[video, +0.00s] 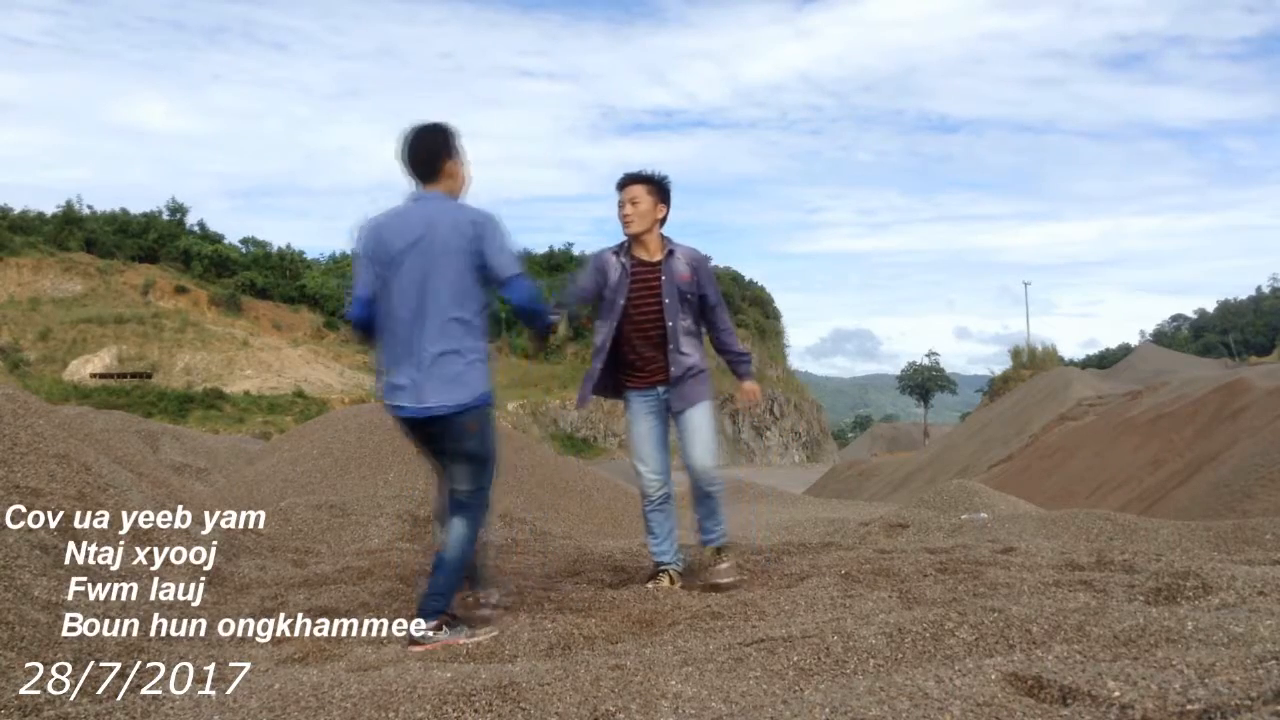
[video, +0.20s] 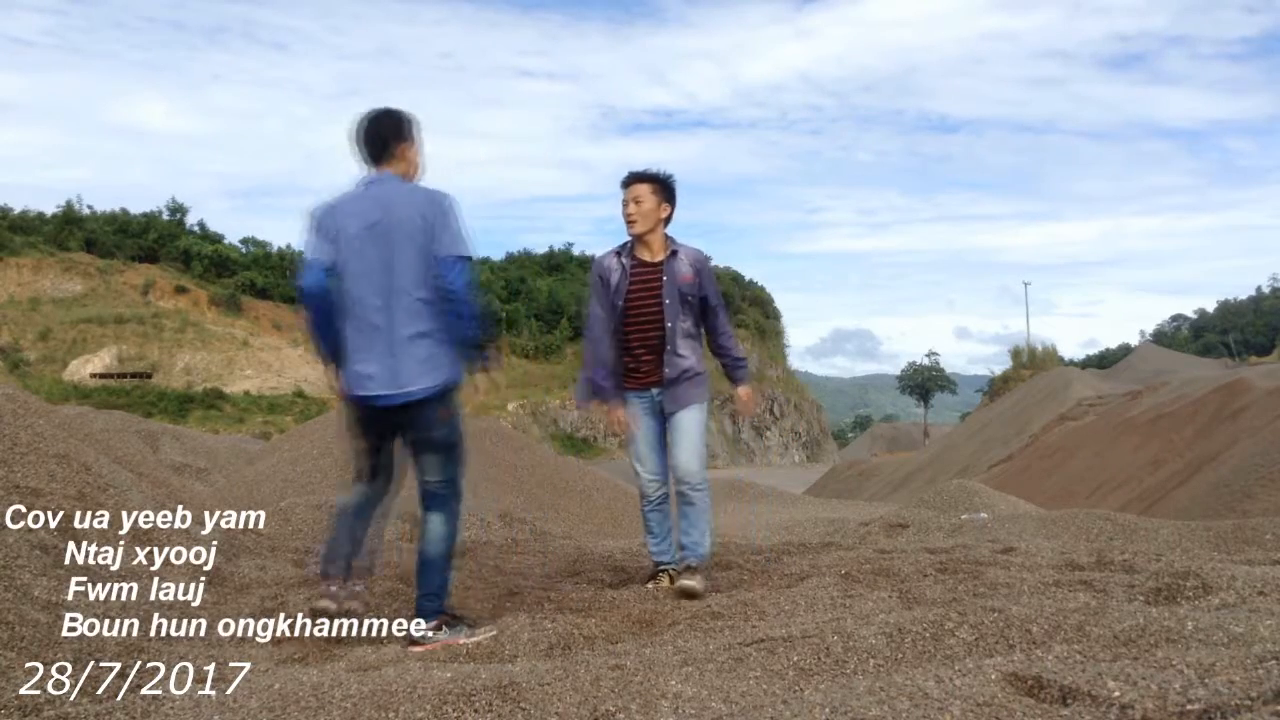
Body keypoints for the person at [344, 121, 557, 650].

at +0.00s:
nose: (465, 168)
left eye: (460, 159)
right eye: (461, 160)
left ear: (413, 170)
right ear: (450, 165)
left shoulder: (378, 229)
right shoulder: (474, 221)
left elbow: (360, 313)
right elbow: (519, 293)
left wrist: (397, 330)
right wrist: (545, 320)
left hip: (403, 395)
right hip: (462, 393)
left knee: (456, 481)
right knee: (467, 504)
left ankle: (473, 587)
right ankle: (431, 619)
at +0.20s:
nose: (419, 155)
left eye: (414, 146)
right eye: (416, 146)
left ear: (369, 153)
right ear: (405, 149)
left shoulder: (332, 213)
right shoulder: (432, 205)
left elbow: (314, 290)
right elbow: (457, 286)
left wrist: (336, 358)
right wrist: (476, 344)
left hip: (365, 380)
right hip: (426, 378)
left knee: (373, 478)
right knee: (440, 495)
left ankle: (334, 572)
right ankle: (432, 615)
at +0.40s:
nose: (378, 166)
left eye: (374, 157)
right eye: (374, 157)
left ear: (327, 165)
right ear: (360, 160)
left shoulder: (282, 221)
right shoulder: (379, 214)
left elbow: (249, 293)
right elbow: (387, 296)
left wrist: (268, 368)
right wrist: (388, 378)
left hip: (301, 399)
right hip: (360, 397)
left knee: (298, 507)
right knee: (419, 495)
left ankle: (251, 626)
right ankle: (427, 619)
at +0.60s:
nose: (362, 155)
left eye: (358, 145)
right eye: (357, 145)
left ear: (311, 151)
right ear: (340, 144)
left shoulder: (266, 208)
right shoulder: (349, 192)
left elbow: (222, 292)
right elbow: (346, 272)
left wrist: (263, 350)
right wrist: (351, 359)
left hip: (274, 378)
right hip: (328, 370)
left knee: (285, 504)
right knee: (401, 472)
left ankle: (248, 631)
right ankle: (391, 602)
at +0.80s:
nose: (373, 144)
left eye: (370, 132)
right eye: (368, 133)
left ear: (319, 139)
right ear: (349, 135)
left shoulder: (278, 200)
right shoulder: (352, 185)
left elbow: (249, 288)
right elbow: (352, 268)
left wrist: (301, 318)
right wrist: (368, 355)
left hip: (274, 373)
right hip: (326, 368)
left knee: (277, 497)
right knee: (392, 479)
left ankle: (247, 631)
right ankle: (358, 622)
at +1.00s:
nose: (402, 140)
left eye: (398, 129)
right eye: (395, 128)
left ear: (350, 135)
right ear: (375, 131)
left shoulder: (318, 197)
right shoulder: (362, 182)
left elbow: (293, 284)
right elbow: (366, 276)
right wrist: (406, 348)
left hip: (314, 384)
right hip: (353, 377)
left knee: (303, 502)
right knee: (388, 498)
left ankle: (251, 625)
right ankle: (351, 633)